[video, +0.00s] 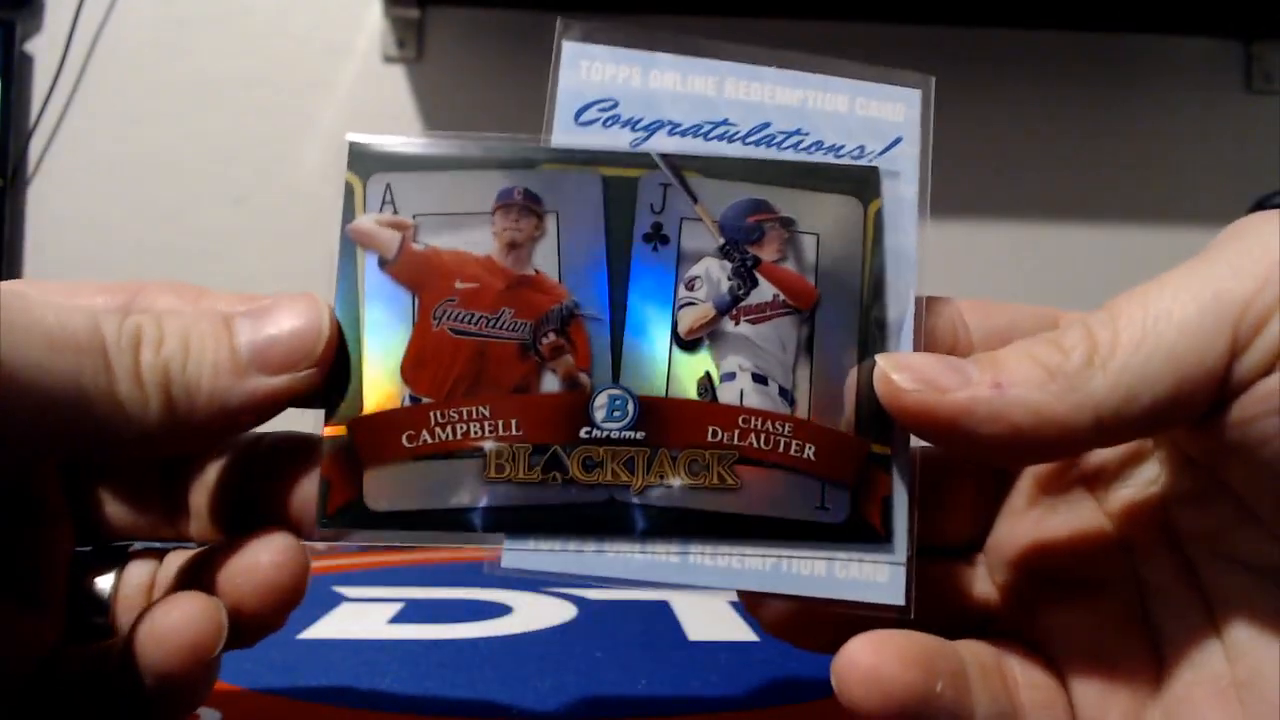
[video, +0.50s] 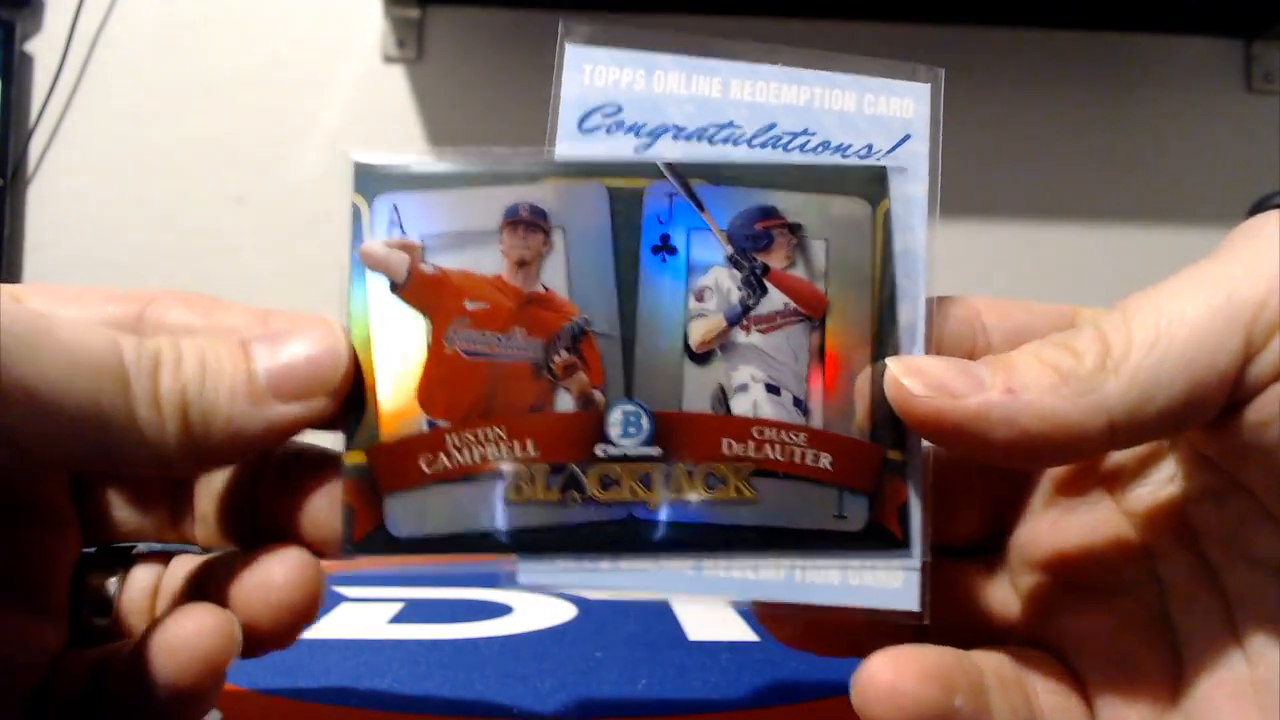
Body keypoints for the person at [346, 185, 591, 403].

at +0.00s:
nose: (513, 219)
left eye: (524, 213)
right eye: (506, 213)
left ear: (539, 228)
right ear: (493, 224)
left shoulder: (554, 299)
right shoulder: (445, 265)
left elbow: (582, 389)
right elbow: (358, 229)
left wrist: (564, 366)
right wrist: (398, 223)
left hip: (507, 429)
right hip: (429, 420)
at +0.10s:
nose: (514, 215)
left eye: (525, 209)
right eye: (506, 208)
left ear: (539, 223)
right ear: (493, 219)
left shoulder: (556, 297)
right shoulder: (445, 261)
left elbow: (581, 386)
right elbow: (358, 225)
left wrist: (565, 365)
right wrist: (393, 219)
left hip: (506, 428)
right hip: (428, 417)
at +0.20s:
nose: (514, 213)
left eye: (525, 208)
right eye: (506, 206)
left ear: (539, 224)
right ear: (492, 219)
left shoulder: (555, 295)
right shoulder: (446, 262)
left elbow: (581, 386)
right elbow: (359, 225)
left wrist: (564, 365)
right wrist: (393, 219)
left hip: (504, 429)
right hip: (428, 418)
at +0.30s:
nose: (513, 215)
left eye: (524, 210)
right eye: (505, 208)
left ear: (538, 226)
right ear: (492, 221)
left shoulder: (554, 298)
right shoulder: (444, 264)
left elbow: (581, 389)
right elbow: (358, 228)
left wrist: (566, 371)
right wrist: (393, 222)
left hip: (503, 432)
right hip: (427, 421)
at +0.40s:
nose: (513, 220)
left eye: (524, 214)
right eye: (505, 213)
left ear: (538, 230)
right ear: (491, 226)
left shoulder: (555, 303)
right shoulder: (446, 270)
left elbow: (581, 395)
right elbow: (359, 232)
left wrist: (564, 371)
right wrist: (395, 227)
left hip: (507, 437)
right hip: (430, 428)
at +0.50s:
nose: (522, 234)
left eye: (532, 230)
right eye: (514, 228)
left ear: (547, 245)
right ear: (500, 242)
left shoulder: (565, 317)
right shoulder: (456, 287)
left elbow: (597, 409)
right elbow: (370, 252)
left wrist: (579, 386)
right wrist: (404, 248)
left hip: (523, 450)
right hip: (450, 442)